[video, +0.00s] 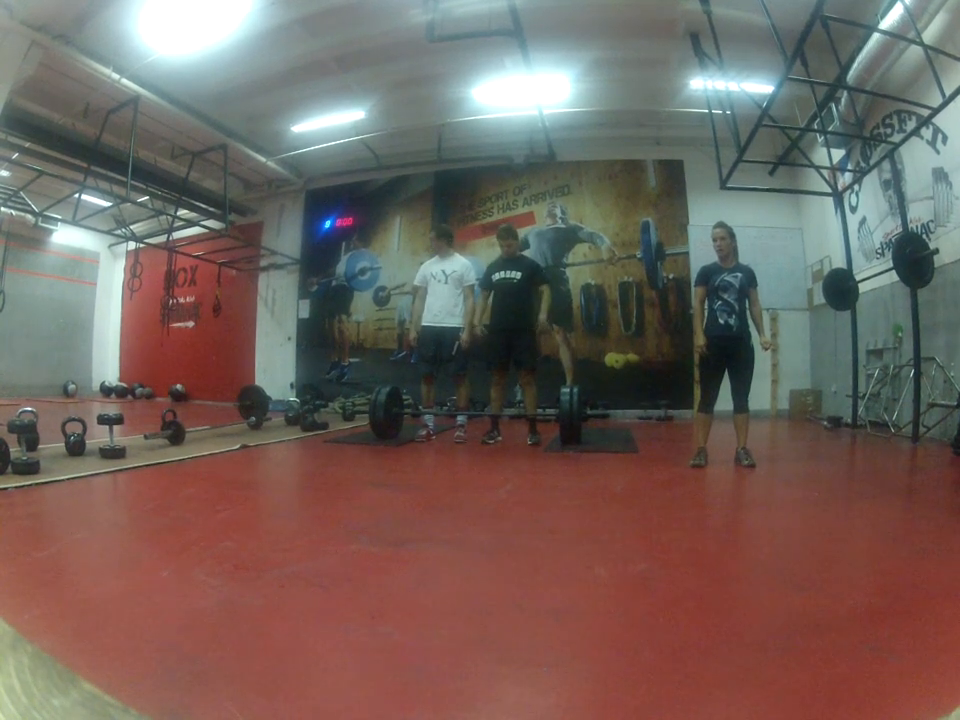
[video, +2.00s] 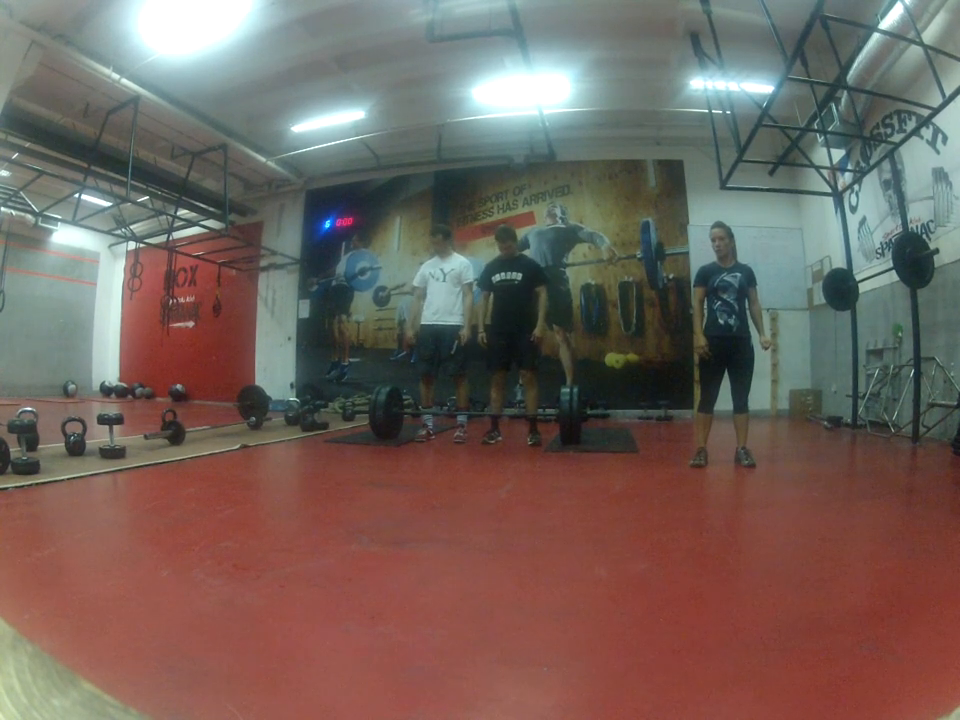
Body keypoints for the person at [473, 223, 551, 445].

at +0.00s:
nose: (508, 249)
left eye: (511, 245)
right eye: (504, 245)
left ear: (518, 243)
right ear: (498, 245)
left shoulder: (531, 266)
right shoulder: (493, 267)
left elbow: (545, 291)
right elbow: (484, 297)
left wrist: (542, 317)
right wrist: (477, 323)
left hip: (525, 329)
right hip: (498, 330)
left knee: (527, 378)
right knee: (498, 378)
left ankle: (532, 428)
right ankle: (494, 428)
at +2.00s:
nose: (505, 248)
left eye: (508, 243)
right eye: (501, 244)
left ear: (515, 242)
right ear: (496, 244)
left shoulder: (530, 265)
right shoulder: (491, 267)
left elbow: (542, 294)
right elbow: (484, 299)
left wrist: (540, 325)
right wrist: (481, 327)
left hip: (525, 330)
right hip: (499, 329)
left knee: (528, 377)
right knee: (497, 378)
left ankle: (533, 429)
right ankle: (494, 428)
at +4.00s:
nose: (506, 246)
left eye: (510, 242)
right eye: (505, 242)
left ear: (520, 240)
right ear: (503, 241)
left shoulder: (535, 263)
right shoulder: (498, 262)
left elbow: (548, 291)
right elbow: (489, 292)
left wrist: (548, 316)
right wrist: (483, 314)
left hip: (528, 327)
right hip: (503, 327)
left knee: (530, 378)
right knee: (499, 377)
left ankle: (533, 429)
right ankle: (495, 428)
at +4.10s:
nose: (511, 248)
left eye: (515, 244)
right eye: (509, 244)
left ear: (523, 243)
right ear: (505, 242)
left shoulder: (538, 264)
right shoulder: (499, 264)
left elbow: (549, 294)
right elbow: (489, 294)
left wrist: (549, 318)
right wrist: (484, 320)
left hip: (530, 329)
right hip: (503, 328)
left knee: (531, 378)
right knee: (500, 377)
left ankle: (534, 429)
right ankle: (495, 428)